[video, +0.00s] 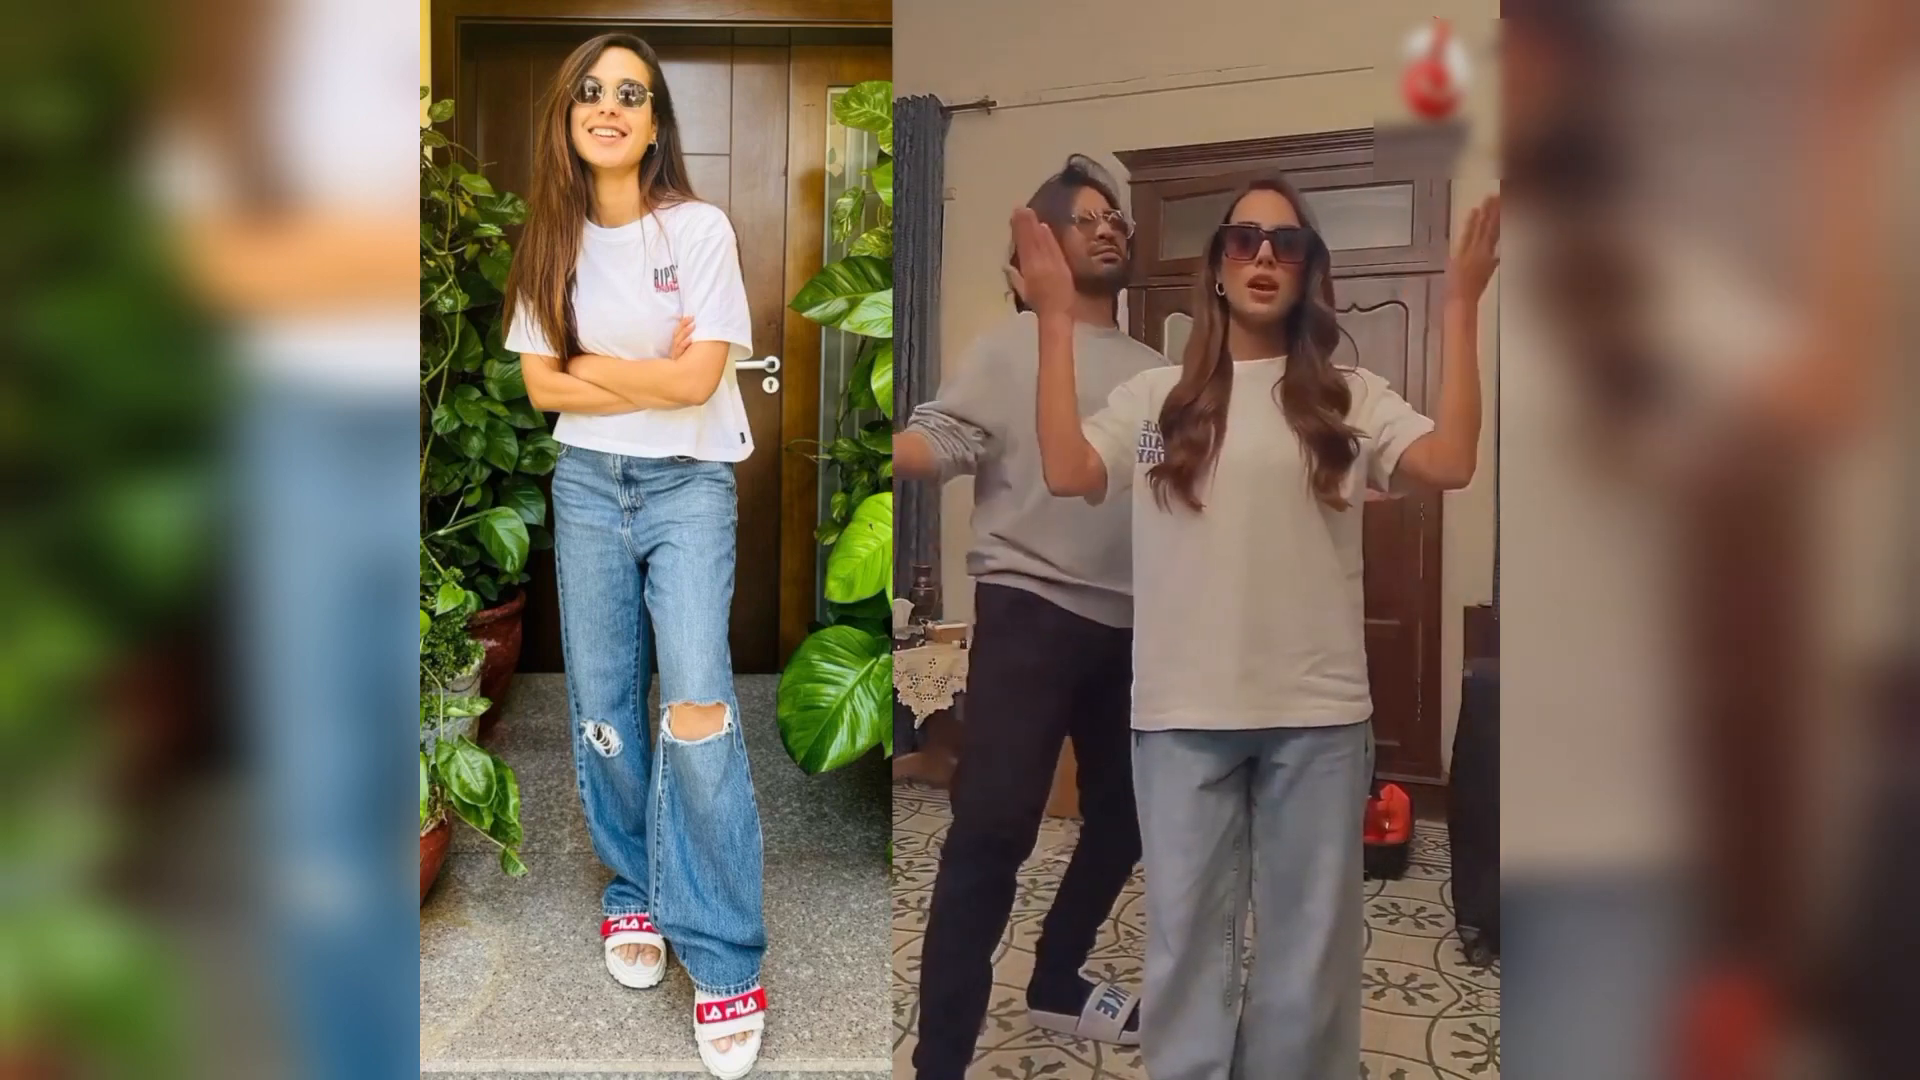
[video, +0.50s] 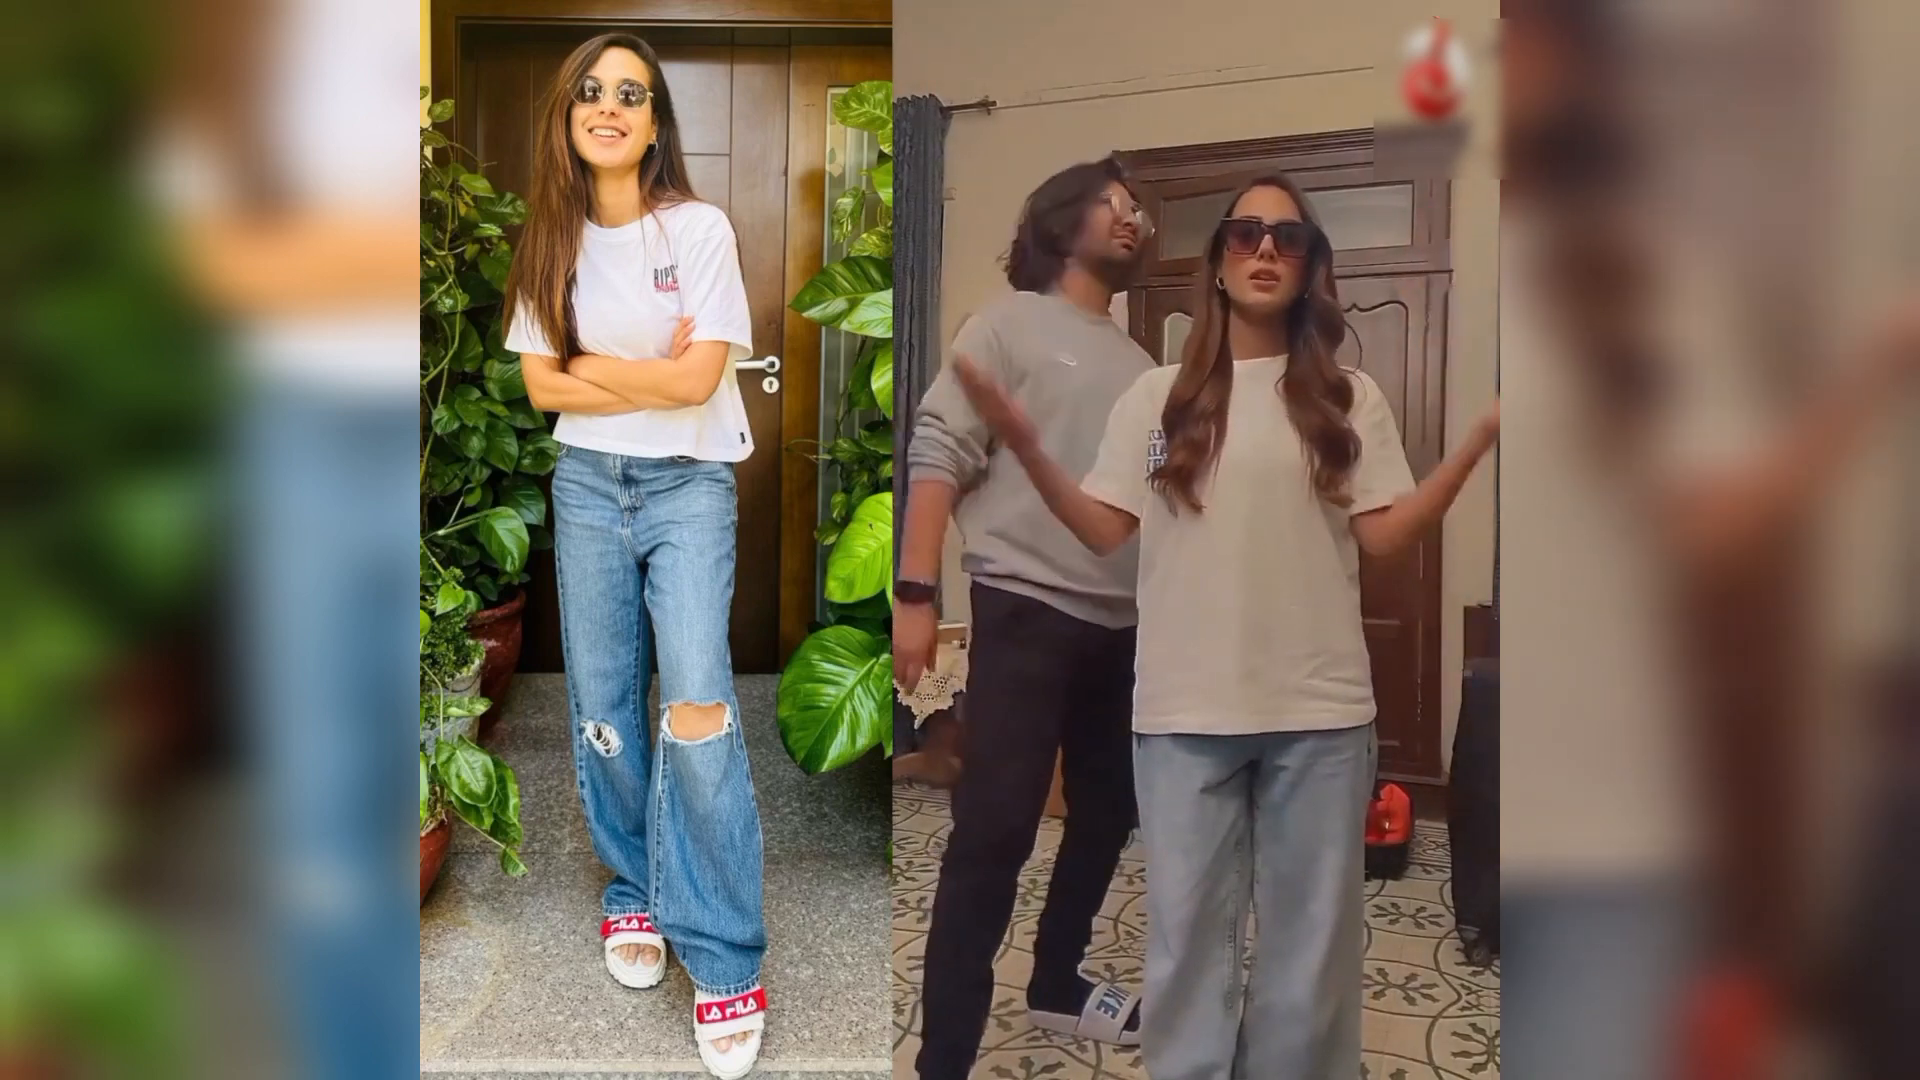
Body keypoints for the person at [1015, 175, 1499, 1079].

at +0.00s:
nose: (1264, 256)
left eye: (1286, 243)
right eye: (1245, 240)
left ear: (1311, 271)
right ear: (1217, 266)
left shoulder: (1346, 392)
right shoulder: (1160, 391)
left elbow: (1452, 464)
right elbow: (1069, 470)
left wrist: (1463, 303)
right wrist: (1054, 311)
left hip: (1319, 717)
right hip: (1182, 719)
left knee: (1311, 960)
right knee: (1182, 950)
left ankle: (1295, 1072)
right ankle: (1185, 1068)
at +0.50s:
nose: (1266, 248)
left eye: (1286, 236)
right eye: (1247, 234)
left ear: (1311, 263)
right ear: (1217, 258)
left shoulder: (1347, 392)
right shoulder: (1159, 391)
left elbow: (1384, 537)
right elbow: (1105, 531)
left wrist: (1471, 451)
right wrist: (1026, 446)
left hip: (1320, 707)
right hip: (1184, 708)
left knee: (1315, 944)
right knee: (1185, 938)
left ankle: (1294, 1075)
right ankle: (1186, 1069)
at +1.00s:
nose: (1259, 251)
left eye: (1280, 239)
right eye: (1239, 237)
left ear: (1305, 267)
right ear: (1212, 262)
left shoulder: (1348, 393)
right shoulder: (1156, 395)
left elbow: (1422, 520)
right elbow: (1133, 538)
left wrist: (1344, 506)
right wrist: (1217, 504)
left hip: (1321, 714)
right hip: (1183, 716)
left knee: (1314, 955)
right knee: (1184, 947)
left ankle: (1292, 1074)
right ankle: (1186, 1071)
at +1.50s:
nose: (1263, 247)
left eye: (1284, 236)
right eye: (1244, 234)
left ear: (1311, 265)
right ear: (1214, 261)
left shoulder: (1345, 391)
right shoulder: (1160, 394)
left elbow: (1429, 522)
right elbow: (1082, 517)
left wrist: (1462, 382)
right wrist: (1031, 389)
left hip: (1322, 712)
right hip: (1183, 713)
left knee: (1314, 953)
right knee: (1184, 946)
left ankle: (1296, 1074)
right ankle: (1184, 1069)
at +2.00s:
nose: (1263, 245)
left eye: (1285, 234)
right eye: (1245, 231)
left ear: (1312, 264)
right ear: (1215, 258)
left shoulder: (1350, 394)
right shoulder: (1155, 392)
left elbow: (1387, 549)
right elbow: (1117, 538)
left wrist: (1449, 444)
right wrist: (1055, 440)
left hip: (1318, 709)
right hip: (1181, 709)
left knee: (1312, 946)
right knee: (1183, 941)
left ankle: (1295, 1074)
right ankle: (1185, 1068)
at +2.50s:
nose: (1261, 246)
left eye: (1283, 235)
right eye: (1241, 233)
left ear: (1308, 267)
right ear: (1215, 262)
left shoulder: (1349, 395)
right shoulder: (1162, 393)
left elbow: (1378, 547)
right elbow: (1147, 545)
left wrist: (1360, 675)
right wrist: (1124, 665)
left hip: (1315, 712)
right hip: (1183, 712)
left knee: (1310, 952)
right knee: (1184, 945)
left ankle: (1293, 1070)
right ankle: (1185, 1066)